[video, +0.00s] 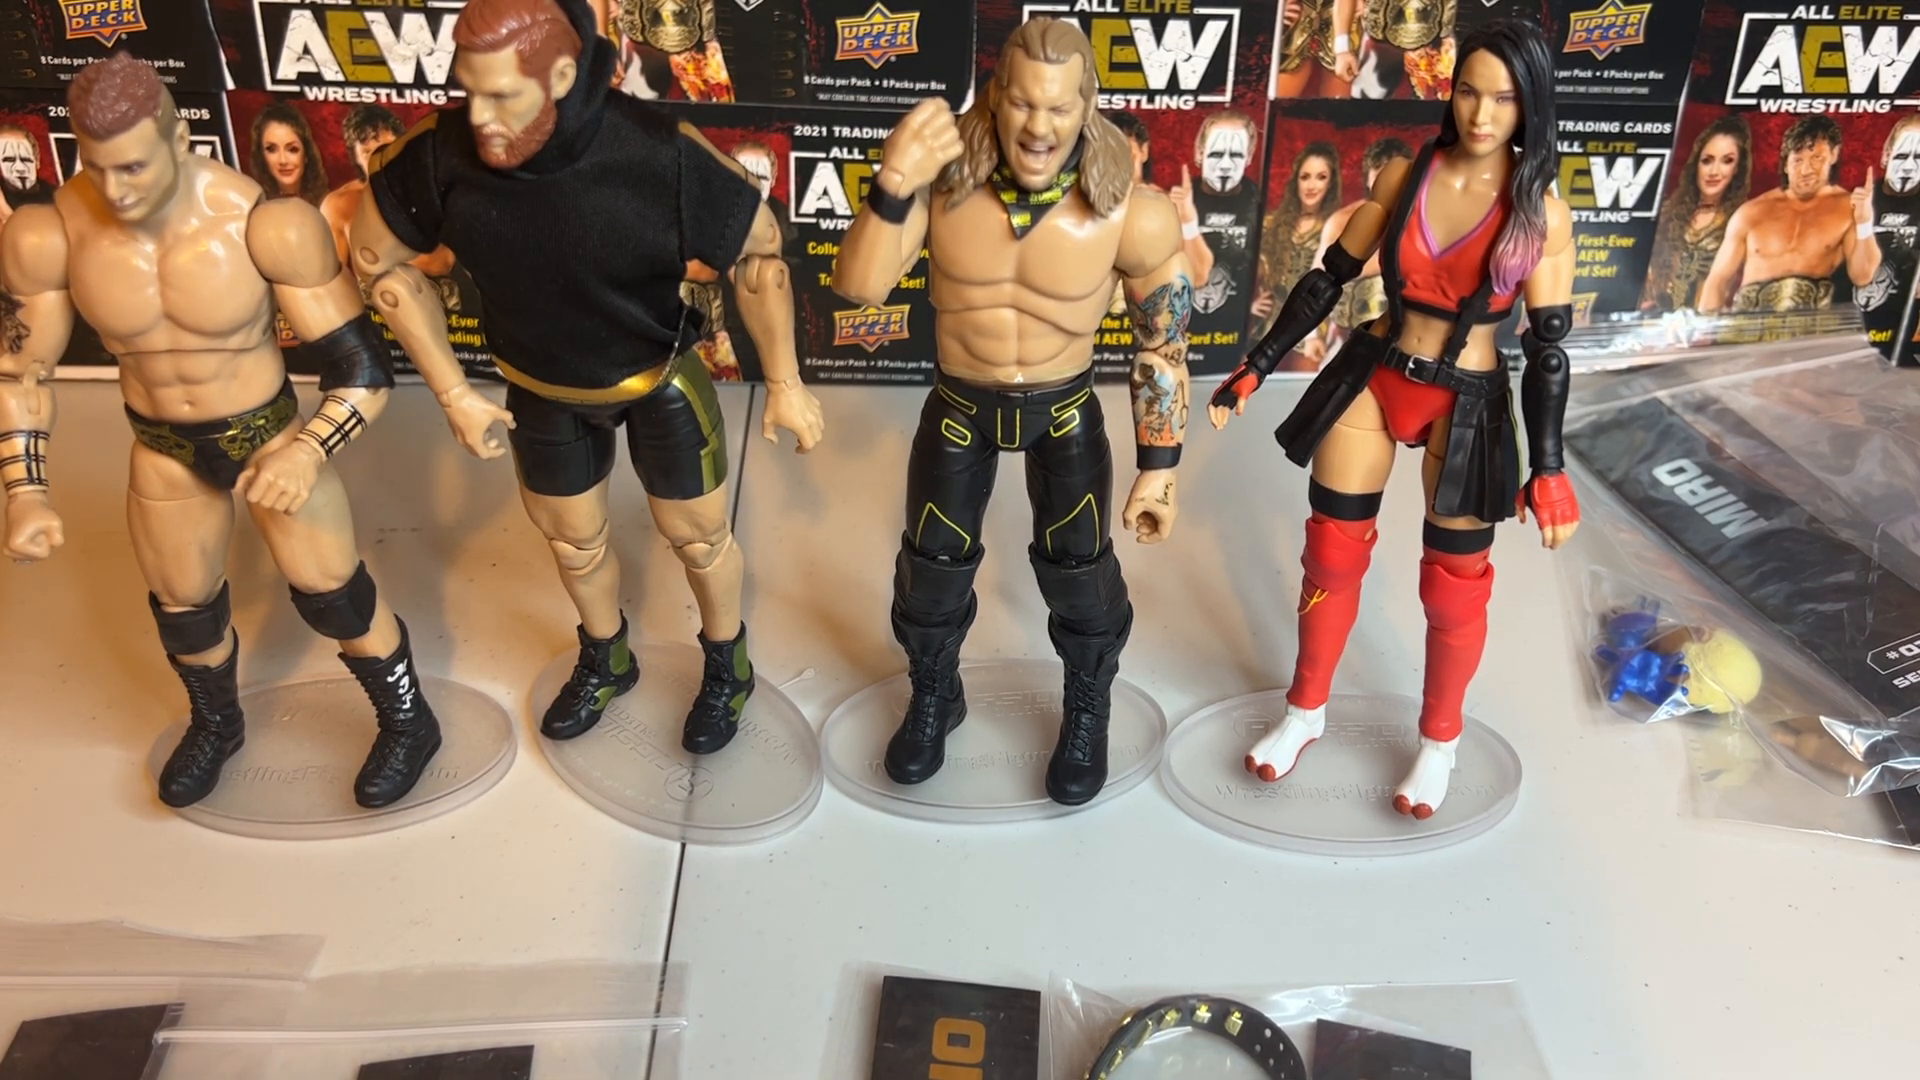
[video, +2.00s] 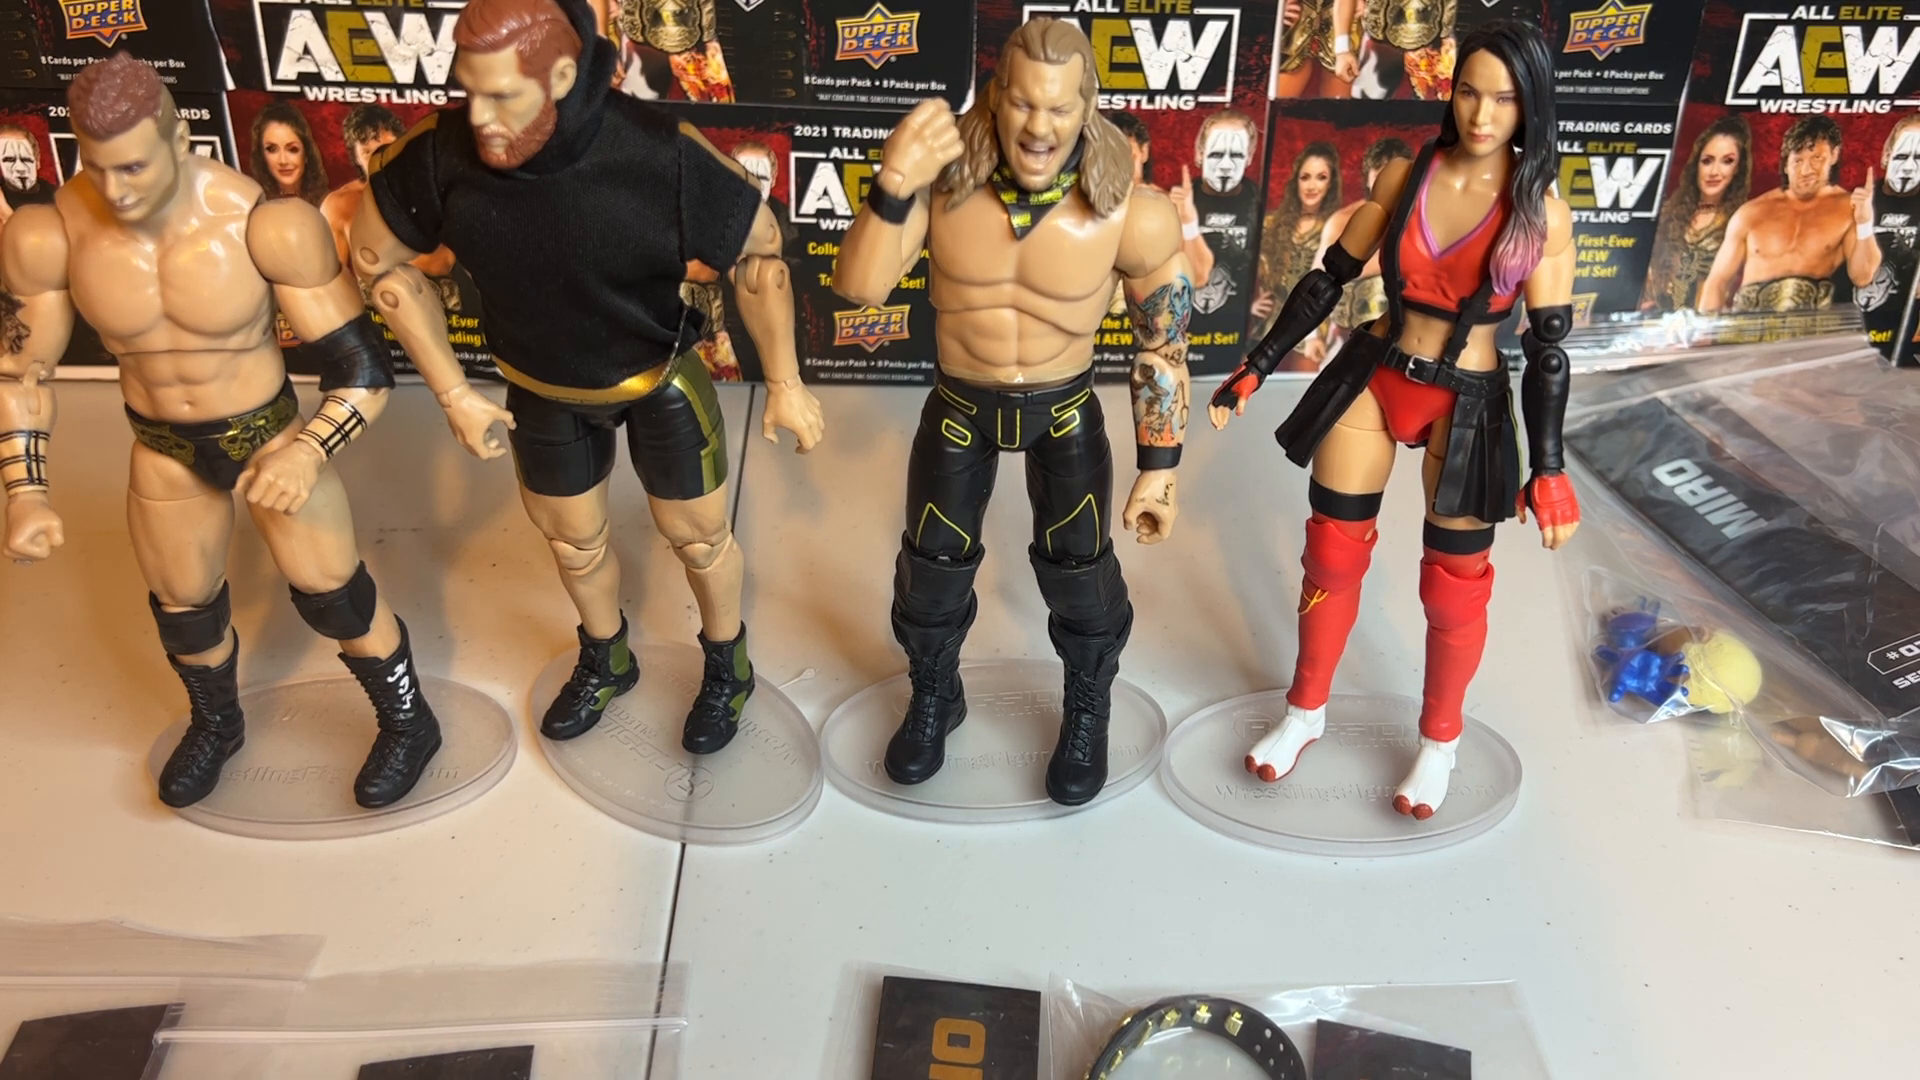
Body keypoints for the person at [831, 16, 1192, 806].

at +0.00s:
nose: (1039, 127)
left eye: (1059, 109)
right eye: (1024, 104)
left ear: (1086, 106)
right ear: (995, 95)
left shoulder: (1129, 207)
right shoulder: (943, 175)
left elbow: (1162, 337)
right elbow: (858, 286)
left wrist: (1161, 464)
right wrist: (892, 188)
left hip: (1064, 408)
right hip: (958, 403)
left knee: (1078, 568)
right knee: (932, 562)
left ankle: (1086, 712)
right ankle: (932, 698)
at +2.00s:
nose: (1040, 127)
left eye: (1060, 109)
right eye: (1024, 104)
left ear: (1086, 106)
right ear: (995, 95)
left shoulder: (1129, 207)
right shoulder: (944, 176)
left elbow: (1163, 338)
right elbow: (858, 287)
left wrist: (1161, 464)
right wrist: (892, 189)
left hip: (1064, 408)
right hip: (959, 403)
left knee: (1078, 569)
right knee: (932, 563)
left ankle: (1086, 713)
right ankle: (932, 699)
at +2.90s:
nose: (1039, 127)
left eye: (1060, 109)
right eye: (1024, 104)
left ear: (1086, 106)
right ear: (995, 95)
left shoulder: (1129, 207)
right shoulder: (944, 176)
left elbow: (1163, 337)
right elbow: (858, 287)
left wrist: (1161, 464)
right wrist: (892, 189)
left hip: (1064, 408)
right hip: (959, 403)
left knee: (1078, 568)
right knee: (932, 562)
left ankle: (1086, 712)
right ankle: (932, 699)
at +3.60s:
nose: (1040, 127)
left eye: (1060, 109)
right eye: (1024, 104)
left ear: (1086, 106)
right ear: (995, 95)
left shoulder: (1130, 208)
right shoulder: (944, 177)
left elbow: (1163, 338)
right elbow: (857, 287)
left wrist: (1161, 464)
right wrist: (892, 189)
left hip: (1064, 408)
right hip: (959, 403)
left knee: (1078, 568)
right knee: (932, 562)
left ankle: (1086, 713)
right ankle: (932, 699)